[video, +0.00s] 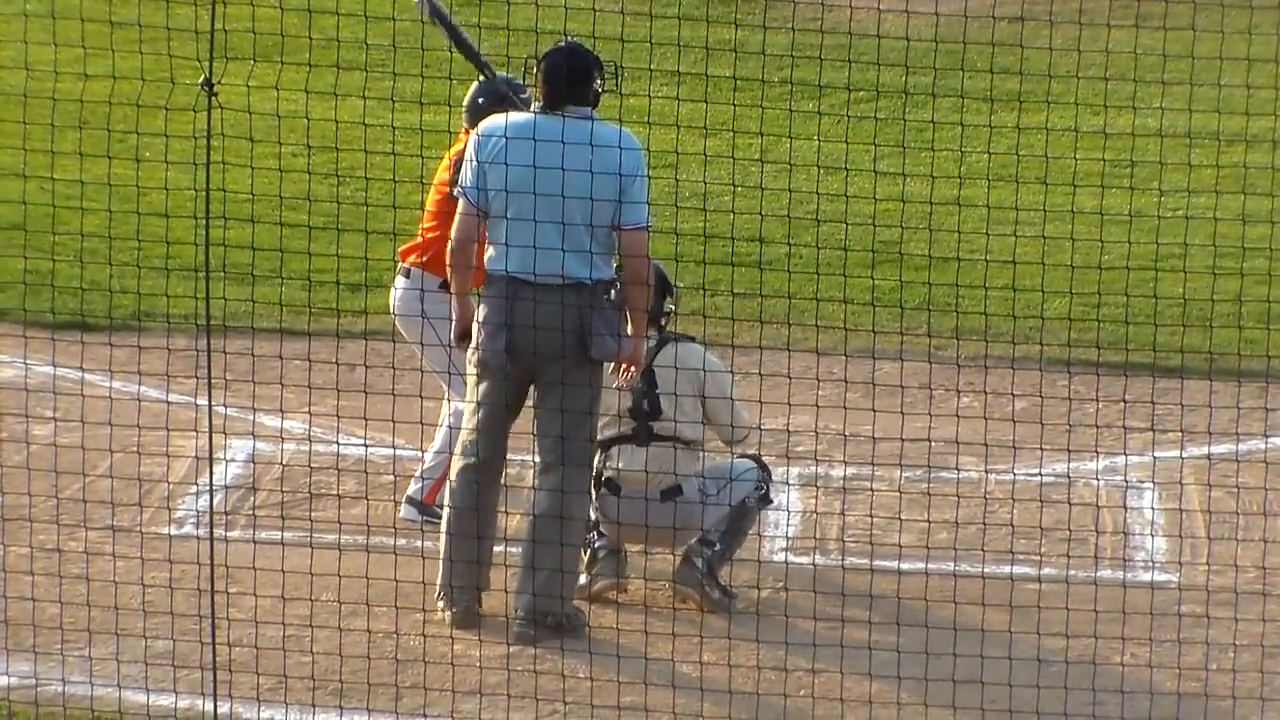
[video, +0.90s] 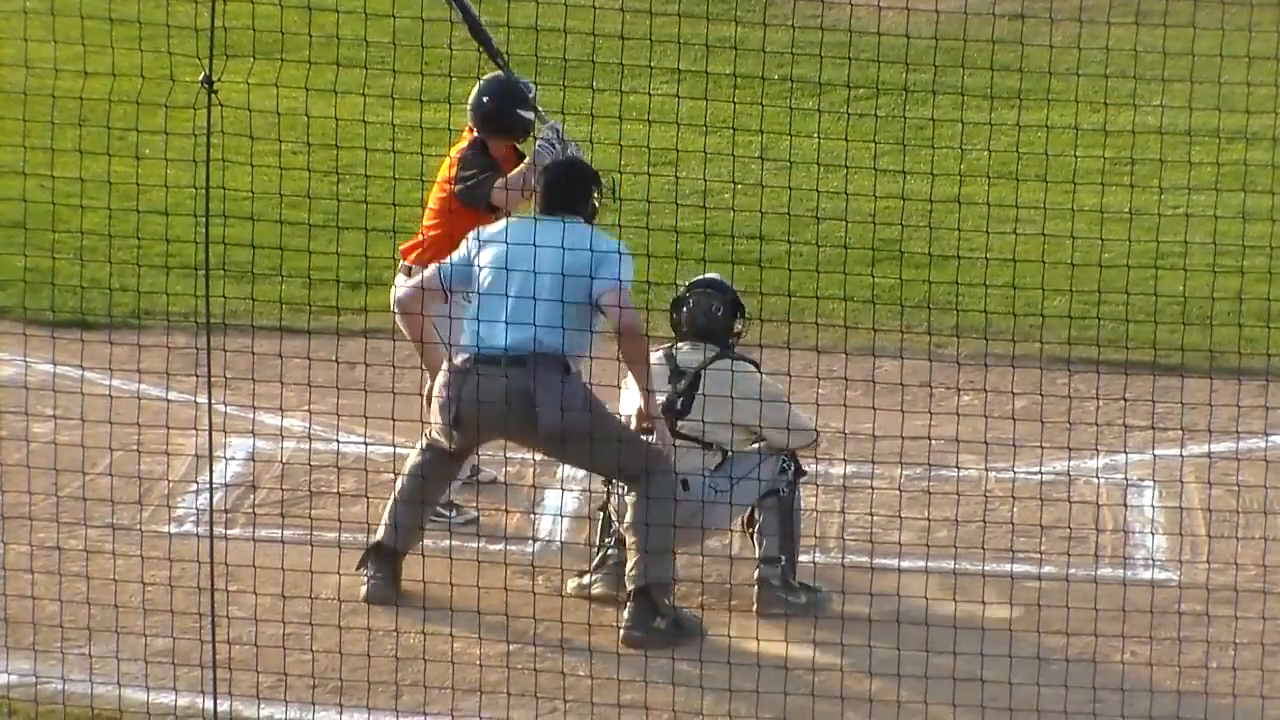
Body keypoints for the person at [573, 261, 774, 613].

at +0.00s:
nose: (663, 306)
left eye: (632, 298)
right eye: (663, 300)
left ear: (614, 305)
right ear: (662, 307)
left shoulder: (599, 356)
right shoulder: (691, 356)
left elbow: (579, 433)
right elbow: (736, 432)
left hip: (611, 510)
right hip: (676, 512)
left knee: (579, 461)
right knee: (755, 474)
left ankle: (603, 554)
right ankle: (701, 563)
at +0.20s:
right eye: (659, 298)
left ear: (605, 309)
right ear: (658, 308)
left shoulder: (592, 358)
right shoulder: (686, 357)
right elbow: (746, 413)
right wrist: (702, 424)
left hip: (601, 511)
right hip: (663, 511)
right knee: (749, 444)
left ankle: (608, 555)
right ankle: (718, 551)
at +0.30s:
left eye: (623, 302)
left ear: (614, 308)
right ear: (666, 307)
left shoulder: (593, 355)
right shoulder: (686, 357)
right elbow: (750, 413)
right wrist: (697, 441)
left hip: (591, 506)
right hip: (657, 506)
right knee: (751, 452)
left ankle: (607, 557)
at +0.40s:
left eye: (629, 302)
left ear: (621, 311)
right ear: (675, 312)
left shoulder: (599, 361)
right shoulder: (691, 363)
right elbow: (757, 422)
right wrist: (715, 435)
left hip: (592, 508)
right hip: (653, 510)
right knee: (751, 468)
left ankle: (604, 563)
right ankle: (774, 588)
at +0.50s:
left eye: (637, 299)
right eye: (691, 306)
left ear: (636, 310)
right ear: (687, 315)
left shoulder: (604, 361)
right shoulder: (703, 365)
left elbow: (593, 429)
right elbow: (769, 428)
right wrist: (701, 450)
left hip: (594, 504)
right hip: (660, 510)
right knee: (759, 464)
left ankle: (605, 561)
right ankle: (775, 584)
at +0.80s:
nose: (730, 323)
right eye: (727, 316)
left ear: (672, 319)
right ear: (722, 324)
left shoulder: (639, 363)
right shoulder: (734, 372)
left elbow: (613, 418)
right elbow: (795, 432)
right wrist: (745, 447)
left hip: (629, 504)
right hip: (691, 508)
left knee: (610, 450)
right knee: (779, 462)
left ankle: (605, 570)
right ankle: (776, 580)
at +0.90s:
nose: (736, 328)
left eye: (733, 319)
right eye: (734, 320)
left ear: (678, 322)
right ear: (728, 327)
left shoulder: (644, 365)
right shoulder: (739, 376)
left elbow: (623, 426)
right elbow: (802, 435)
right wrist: (746, 444)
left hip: (632, 504)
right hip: (694, 509)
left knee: (624, 450)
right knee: (781, 462)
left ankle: (607, 569)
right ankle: (778, 582)